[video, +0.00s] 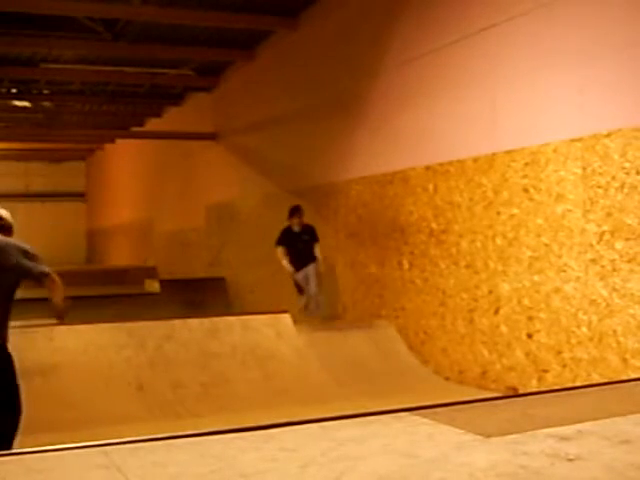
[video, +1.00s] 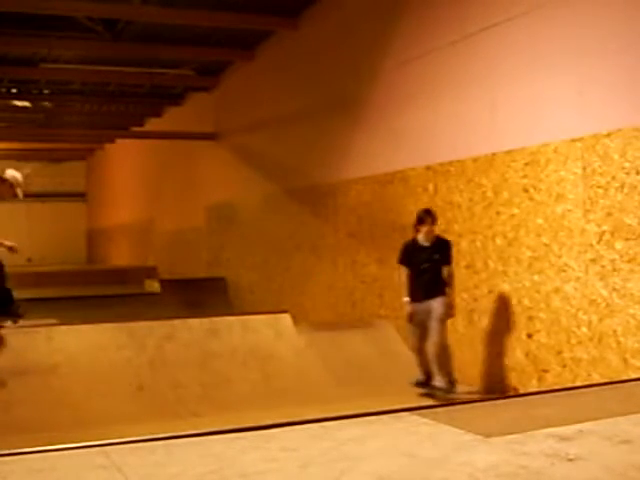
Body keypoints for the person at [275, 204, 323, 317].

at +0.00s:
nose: (297, 220)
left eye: (299, 217)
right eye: (295, 217)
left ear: (302, 217)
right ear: (290, 219)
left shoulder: (309, 229)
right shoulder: (285, 233)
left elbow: (316, 246)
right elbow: (280, 250)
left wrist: (320, 261)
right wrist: (287, 266)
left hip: (310, 263)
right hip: (296, 266)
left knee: (313, 290)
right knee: (303, 292)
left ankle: (314, 312)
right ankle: (302, 313)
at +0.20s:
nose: (314, 200)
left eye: (315, 196)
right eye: (311, 197)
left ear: (319, 195)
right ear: (307, 197)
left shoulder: (328, 206)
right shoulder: (303, 211)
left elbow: (337, 224)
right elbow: (301, 230)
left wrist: (340, 242)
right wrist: (307, 247)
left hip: (330, 246)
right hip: (315, 249)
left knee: (332, 278)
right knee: (318, 281)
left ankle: (338, 311)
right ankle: (324, 311)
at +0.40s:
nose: (334, 202)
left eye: (335, 198)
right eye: (331, 199)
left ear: (340, 195)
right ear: (327, 198)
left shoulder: (350, 206)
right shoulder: (324, 210)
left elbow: (358, 225)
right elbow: (321, 230)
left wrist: (360, 245)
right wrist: (326, 248)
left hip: (349, 247)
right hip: (332, 249)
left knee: (346, 279)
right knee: (328, 281)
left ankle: (347, 310)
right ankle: (334, 305)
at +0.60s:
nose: (358, 219)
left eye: (360, 215)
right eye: (355, 216)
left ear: (365, 214)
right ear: (351, 216)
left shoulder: (375, 228)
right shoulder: (347, 229)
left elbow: (382, 250)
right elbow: (342, 251)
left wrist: (380, 270)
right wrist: (343, 271)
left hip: (369, 267)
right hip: (352, 267)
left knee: (361, 299)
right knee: (345, 296)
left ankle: (361, 330)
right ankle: (343, 310)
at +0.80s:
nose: (390, 233)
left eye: (393, 229)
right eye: (387, 229)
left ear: (397, 230)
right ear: (382, 230)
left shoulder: (406, 248)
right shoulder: (375, 247)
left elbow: (411, 274)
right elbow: (370, 271)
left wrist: (409, 296)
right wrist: (368, 295)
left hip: (397, 294)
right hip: (379, 294)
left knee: (391, 330)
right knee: (373, 331)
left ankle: (393, 364)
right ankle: (379, 357)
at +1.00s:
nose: (430, 229)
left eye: (432, 225)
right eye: (426, 225)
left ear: (435, 225)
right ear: (419, 226)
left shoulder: (442, 244)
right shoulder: (409, 247)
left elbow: (447, 271)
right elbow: (404, 275)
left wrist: (449, 294)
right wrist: (406, 299)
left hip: (437, 296)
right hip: (417, 298)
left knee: (435, 339)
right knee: (417, 342)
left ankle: (439, 376)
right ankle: (424, 374)